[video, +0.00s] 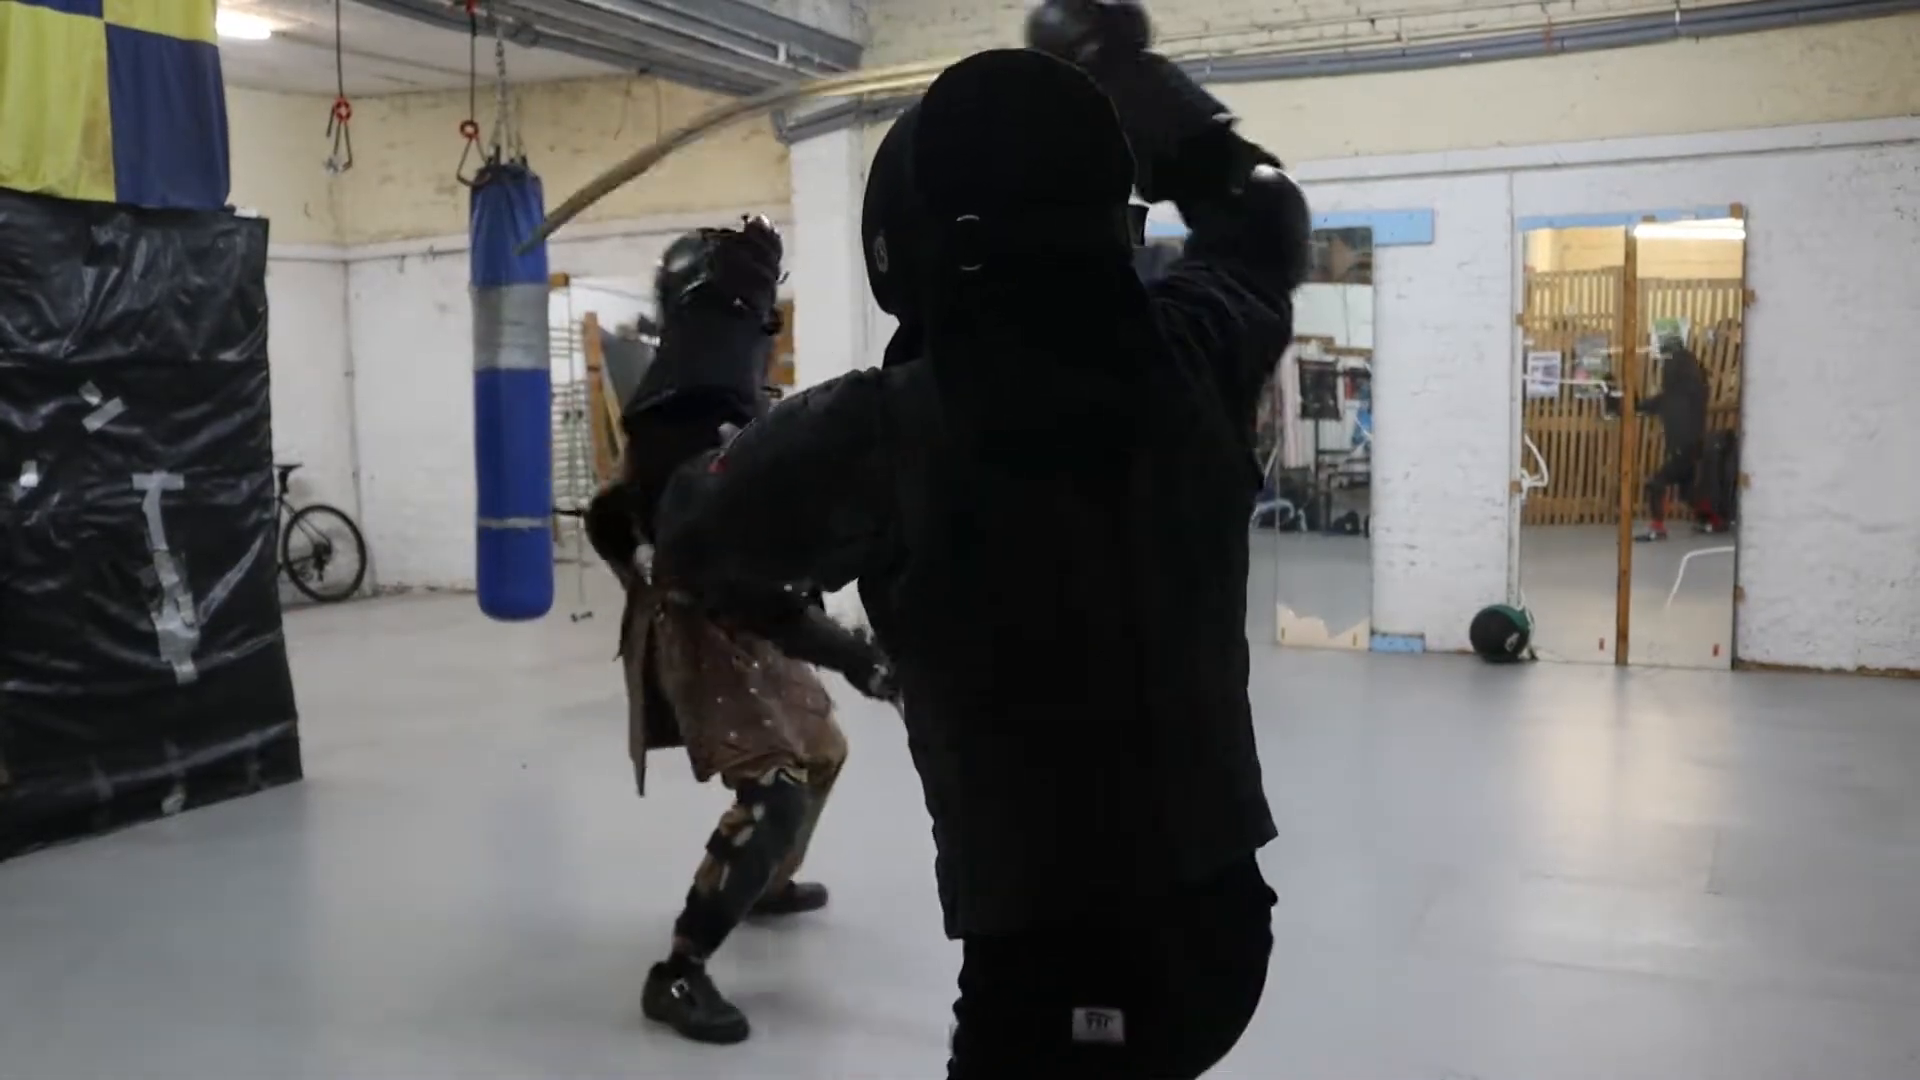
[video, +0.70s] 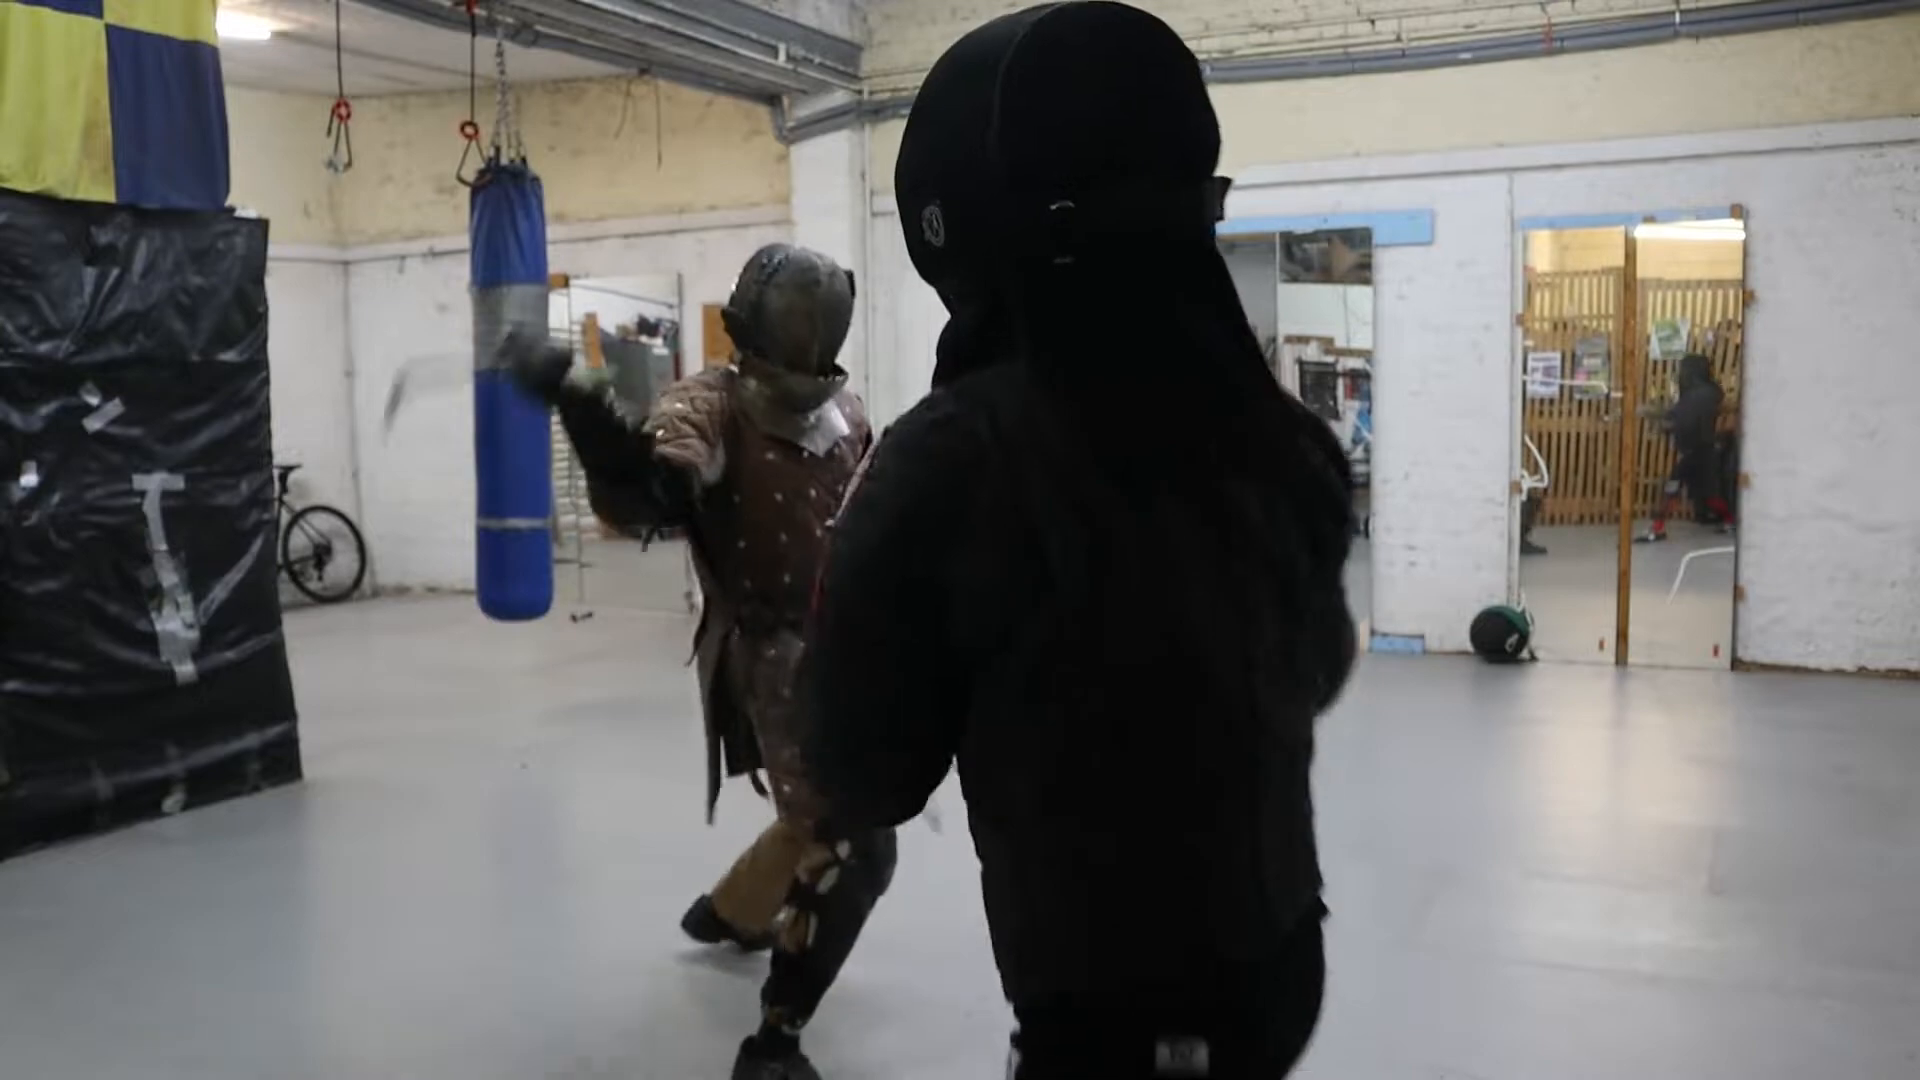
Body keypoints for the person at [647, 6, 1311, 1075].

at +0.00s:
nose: (872, 244)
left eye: (887, 216)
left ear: (917, 236)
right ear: (1114, 215)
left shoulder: (886, 424)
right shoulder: (1191, 366)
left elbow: (698, 548)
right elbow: (1256, 213)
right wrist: (1129, 70)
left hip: (1032, 949)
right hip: (1219, 924)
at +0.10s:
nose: (882, 261)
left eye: (893, 232)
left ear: (925, 239)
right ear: (1115, 221)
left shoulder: (885, 429)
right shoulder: (1203, 380)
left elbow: (688, 564)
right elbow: (1287, 285)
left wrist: (821, 646)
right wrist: (1153, 150)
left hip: (1034, 940)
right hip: (1217, 916)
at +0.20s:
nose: (900, 264)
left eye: (908, 233)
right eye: (901, 234)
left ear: (941, 235)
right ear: (1121, 221)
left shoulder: (914, 422)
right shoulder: (1207, 399)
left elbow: (730, 624)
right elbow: (1284, 435)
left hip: (1043, 924)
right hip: (1217, 900)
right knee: (1091, 1056)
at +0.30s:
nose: (909, 255)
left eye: (917, 223)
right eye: (907, 225)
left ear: (959, 222)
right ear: (1117, 213)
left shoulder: (925, 408)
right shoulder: (1200, 399)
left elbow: (820, 679)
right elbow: (1254, 580)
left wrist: (752, 560)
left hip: (1065, 891)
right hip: (1226, 864)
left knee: (998, 1065)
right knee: (1076, 1055)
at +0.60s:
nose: (926, 231)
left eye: (933, 202)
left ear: (966, 207)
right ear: (1172, 187)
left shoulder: (945, 417)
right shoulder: (1244, 405)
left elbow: (829, 638)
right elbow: (1251, 587)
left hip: (1088, 930)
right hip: (1253, 904)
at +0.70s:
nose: (920, 237)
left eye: (930, 206)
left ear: (969, 218)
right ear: (1190, 204)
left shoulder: (947, 458)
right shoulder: (1281, 436)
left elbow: (863, 771)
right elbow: (1317, 668)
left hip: (1066, 938)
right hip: (1267, 932)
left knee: (1079, 1053)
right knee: (1252, 1053)